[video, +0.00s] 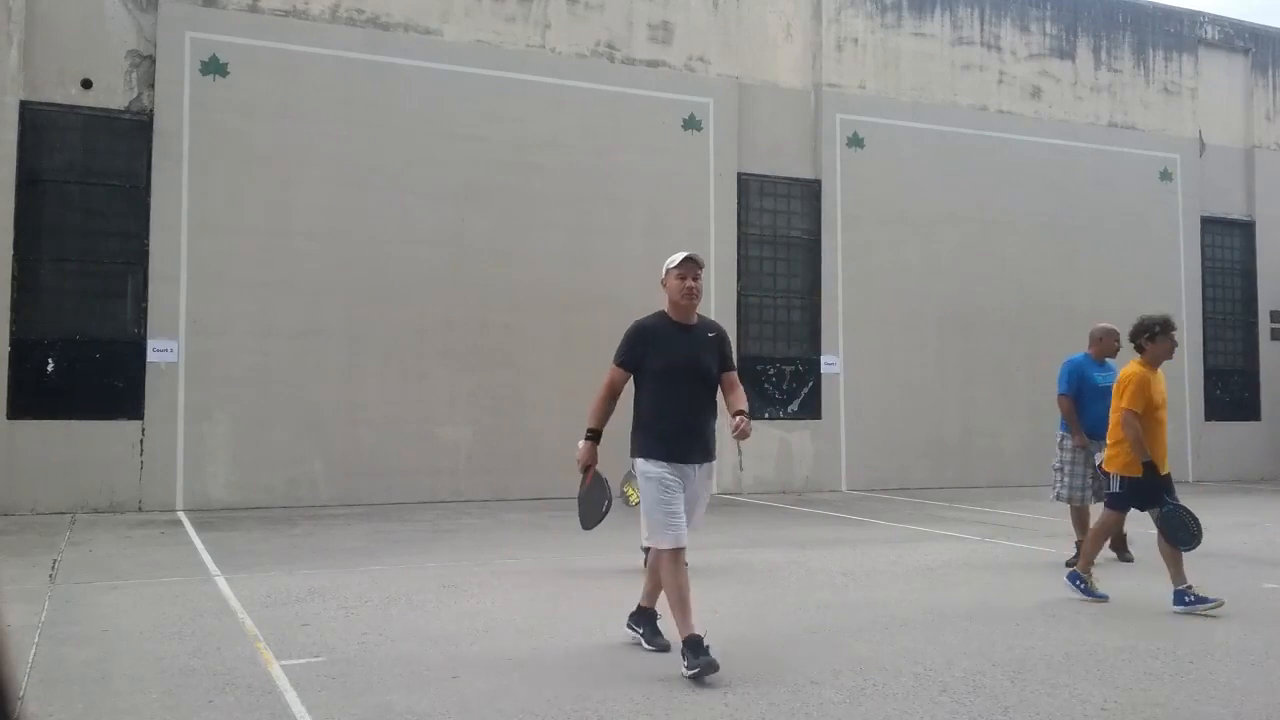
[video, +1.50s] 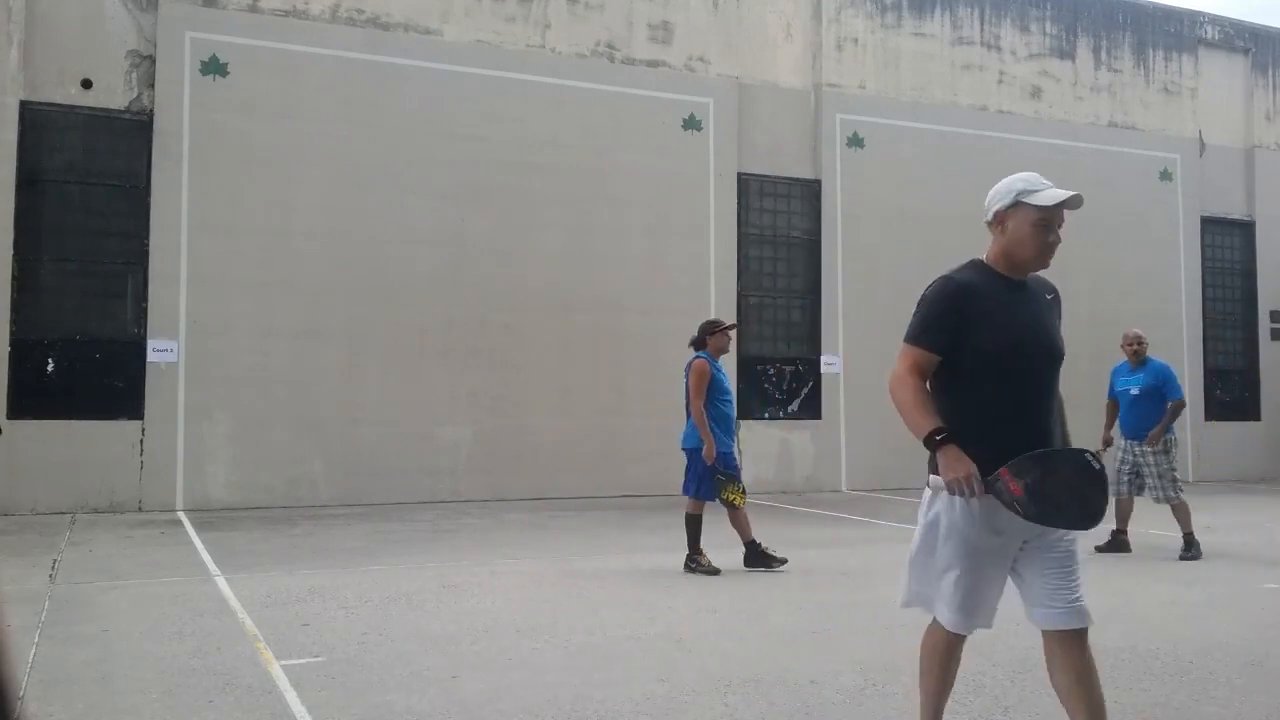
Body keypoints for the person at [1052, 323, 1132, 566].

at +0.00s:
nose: (1119, 345)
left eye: (1119, 341)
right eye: (1115, 341)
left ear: (1103, 342)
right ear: (1099, 341)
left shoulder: (1112, 369)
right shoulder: (1073, 366)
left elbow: (1117, 404)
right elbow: (1064, 400)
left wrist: (1120, 434)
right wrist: (1077, 433)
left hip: (1107, 441)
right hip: (1077, 441)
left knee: (1116, 492)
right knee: (1077, 497)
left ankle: (1118, 539)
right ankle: (1083, 547)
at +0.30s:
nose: (1130, 347)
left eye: (1130, 343)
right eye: (1125, 343)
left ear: (1123, 347)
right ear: (1108, 344)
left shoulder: (1128, 371)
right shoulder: (1083, 368)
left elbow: (1136, 405)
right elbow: (1071, 403)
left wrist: (1144, 437)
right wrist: (1083, 434)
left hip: (1123, 443)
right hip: (1090, 442)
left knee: (1121, 494)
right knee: (1085, 492)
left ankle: (1113, 543)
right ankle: (1083, 543)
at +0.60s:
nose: (1120, 344)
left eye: (1122, 340)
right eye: (1114, 340)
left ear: (1125, 343)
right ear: (1101, 343)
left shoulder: (1135, 370)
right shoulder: (1082, 369)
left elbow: (1154, 402)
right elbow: (1070, 402)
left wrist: (1167, 430)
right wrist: (1069, 433)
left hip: (1127, 441)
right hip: (1093, 441)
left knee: (1124, 493)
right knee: (1093, 492)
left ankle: (1114, 542)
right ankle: (1103, 531)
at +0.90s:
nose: (1113, 347)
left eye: (1115, 343)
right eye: (1107, 343)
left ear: (1119, 345)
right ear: (1096, 347)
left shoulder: (1132, 370)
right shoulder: (1085, 373)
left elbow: (1143, 404)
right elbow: (1076, 405)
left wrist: (1132, 432)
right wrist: (1071, 435)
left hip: (1127, 440)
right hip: (1100, 441)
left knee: (1124, 489)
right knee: (1107, 491)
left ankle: (1116, 537)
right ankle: (1119, 536)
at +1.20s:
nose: (1116, 346)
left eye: (1119, 341)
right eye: (1110, 343)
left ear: (1124, 344)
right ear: (1100, 346)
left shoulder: (1137, 367)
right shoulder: (1096, 372)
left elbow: (1148, 401)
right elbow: (1091, 404)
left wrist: (1129, 431)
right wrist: (1086, 434)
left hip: (1137, 437)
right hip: (1109, 439)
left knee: (1142, 488)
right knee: (1112, 488)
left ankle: (1154, 538)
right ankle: (1119, 537)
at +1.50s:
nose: (1136, 348)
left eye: (1140, 344)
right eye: (1130, 344)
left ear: (1146, 346)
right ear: (1123, 348)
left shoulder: (1160, 370)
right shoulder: (1117, 373)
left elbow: (1179, 402)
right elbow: (1113, 402)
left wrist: (1160, 430)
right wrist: (1107, 430)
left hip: (1157, 442)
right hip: (1128, 443)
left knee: (1170, 492)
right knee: (1122, 488)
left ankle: (1190, 542)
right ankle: (1120, 537)